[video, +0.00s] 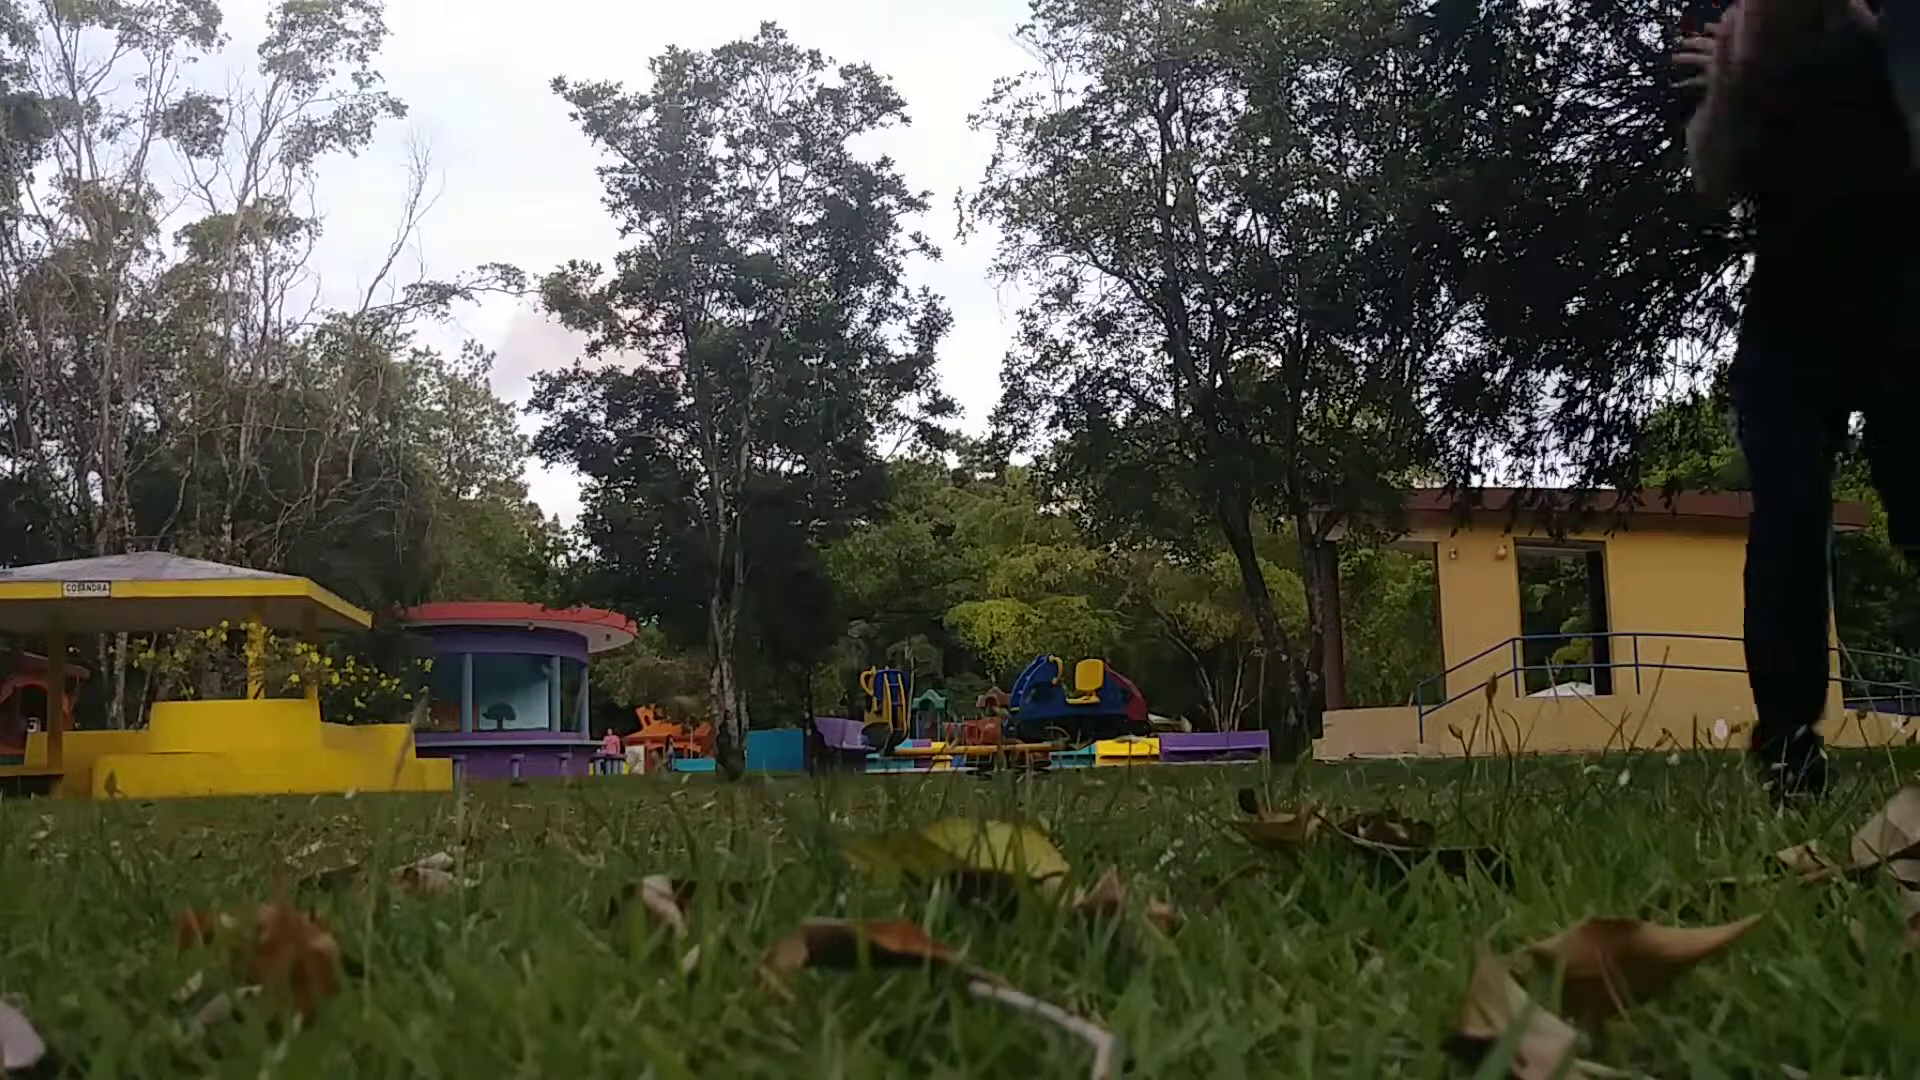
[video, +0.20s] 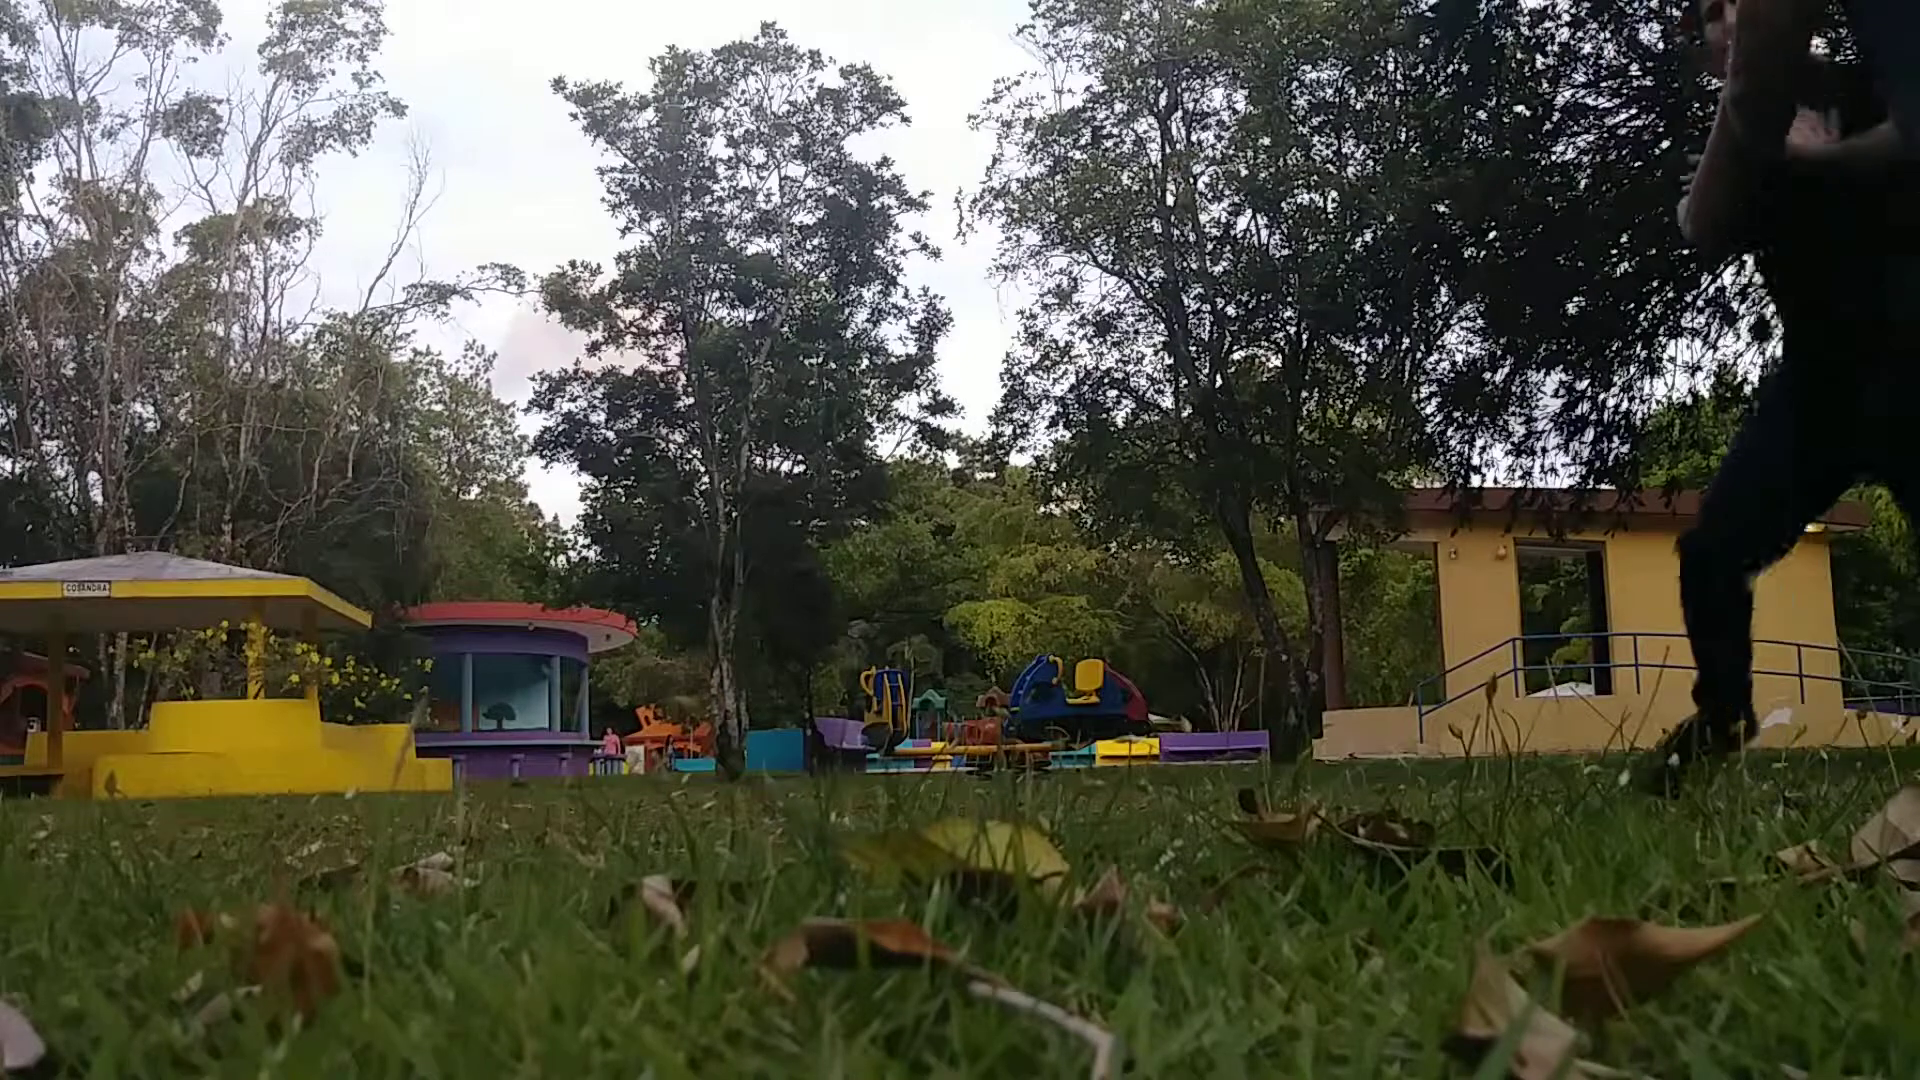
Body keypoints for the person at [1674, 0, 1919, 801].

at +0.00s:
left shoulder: (1888, 38)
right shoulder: (1755, 30)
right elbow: (1710, 175)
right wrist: (1732, 75)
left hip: (1896, 309)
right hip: (1791, 309)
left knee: (1913, 526)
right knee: (1786, 528)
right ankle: (1788, 744)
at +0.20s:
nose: (1723, 33)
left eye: (1734, 17)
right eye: (1714, 22)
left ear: (1774, 20)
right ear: (1709, 37)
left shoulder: (1861, 87)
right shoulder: (1738, 119)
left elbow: (1907, 140)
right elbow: (1706, 232)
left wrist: (1833, 150)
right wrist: (1750, 87)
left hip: (1900, 367)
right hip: (1819, 376)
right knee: (1711, 551)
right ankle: (1725, 718)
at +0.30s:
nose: (1703, 58)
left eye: (1716, 38)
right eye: (1685, 49)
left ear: (1754, 46)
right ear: (1672, 82)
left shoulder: (1832, 115)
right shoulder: (1685, 175)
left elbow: (1887, 104)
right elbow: (1658, 212)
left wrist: (1804, 121)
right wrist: (1761, 106)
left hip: (1884, 403)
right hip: (1773, 421)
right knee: (1694, 605)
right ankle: (1700, 749)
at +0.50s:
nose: (1668, 147)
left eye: (1678, 127)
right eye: (1651, 136)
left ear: (1703, 129)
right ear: (1631, 151)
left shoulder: (1756, 201)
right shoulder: (1621, 231)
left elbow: (1837, 257)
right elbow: (1592, 368)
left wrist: (1753, 167)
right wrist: (1630, 321)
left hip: (1784, 456)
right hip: (1681, 463)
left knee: (1832, 611)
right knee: (1583, 618)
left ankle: (1812, 762)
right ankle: (1649, 751)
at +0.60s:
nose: (1665, 184)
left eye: (1677, 167)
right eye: (1649, 170)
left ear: (1698, 172)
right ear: (1629, 183)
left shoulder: (1748, 250)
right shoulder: (1620, 272)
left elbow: (1785, 332)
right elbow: (1548, 351)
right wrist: (1610, 293)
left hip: (1754, 498)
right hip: (1655, 502)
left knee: (1811, 634)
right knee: (1567, 642)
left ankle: (1807, 775)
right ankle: (1559, 782)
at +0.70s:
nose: (1638, 211)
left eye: (1650, 194)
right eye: (1620, 199)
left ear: (1675, 201)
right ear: (1600, 217)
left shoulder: (1722, 291)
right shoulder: (1581, 295)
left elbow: (1740, 409)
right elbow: (1607, 305)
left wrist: (1701, 436)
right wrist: (1716, 239)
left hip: (1730, 524)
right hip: (1633, 527)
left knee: (1782, 637)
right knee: (1511, 647)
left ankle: (1805, 776)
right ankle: (1551, 788)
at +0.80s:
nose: (1620, 223)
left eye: (1632, 206)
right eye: (1604, 211)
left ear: (1653, 216)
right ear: (1583, 229)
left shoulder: (1710, 307)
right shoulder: (1570, 300)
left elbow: (1753, 420)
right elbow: (1626, 318)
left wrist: (1730, 483)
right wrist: (1736, 270)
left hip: (1719, 531)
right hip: (1621, 536)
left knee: (1765, 627)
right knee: (1500, 653)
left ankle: (1817, 772)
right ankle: (1549, 790)